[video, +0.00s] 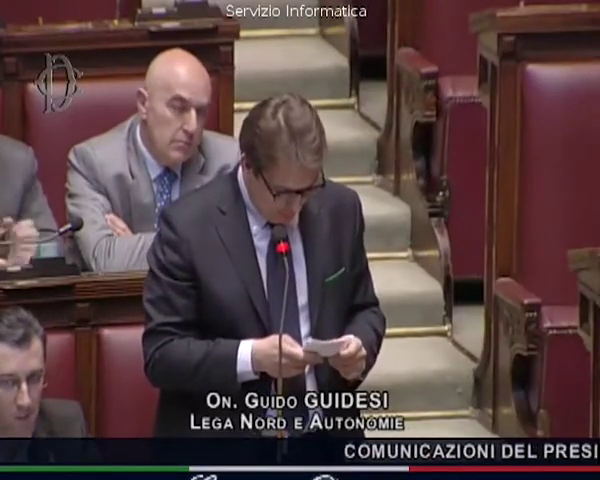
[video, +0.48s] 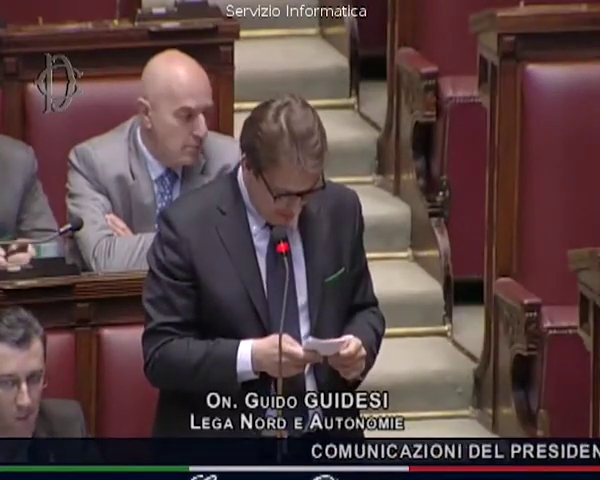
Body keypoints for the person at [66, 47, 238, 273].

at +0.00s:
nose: (192, 127)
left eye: (201, 111)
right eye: (178, 108)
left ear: (208, 109)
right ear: (143, 104)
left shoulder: (231, 156)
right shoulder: (91, 161)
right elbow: (105, 259)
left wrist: (138, 250)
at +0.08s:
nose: (195, 127)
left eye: (204, 111)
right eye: (181, 108)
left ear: (210, 109)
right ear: (145, 104)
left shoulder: (231, 156)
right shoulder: (91, 161)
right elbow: (105, 259)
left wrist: (138, 250)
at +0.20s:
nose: (197, 129)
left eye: (205, 113)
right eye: (183, 110)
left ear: (212, 108)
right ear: (147, 105)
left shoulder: (232, 157)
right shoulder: (92, 161)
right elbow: (105, 259)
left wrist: (139, 250)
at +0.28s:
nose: (199, 130)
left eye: (206, 113)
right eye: (184, 112)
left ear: (212, 108)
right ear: (147, 106)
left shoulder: (230, 156)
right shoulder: (93, 160)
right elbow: (105, 259)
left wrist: (139, 250)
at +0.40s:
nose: (201, 130)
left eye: (206, 112)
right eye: (185, 113)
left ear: (211, 105)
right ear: (146, 110)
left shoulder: (230, 156)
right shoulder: (92, 161)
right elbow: (105, 259)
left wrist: (139, 251)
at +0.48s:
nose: (201, 131)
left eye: (206, 113)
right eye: (185, 116)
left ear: (210, 105)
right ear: (146, 113)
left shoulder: (230, 156)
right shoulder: (91, 161)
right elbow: (105, 259)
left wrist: (139, 251)